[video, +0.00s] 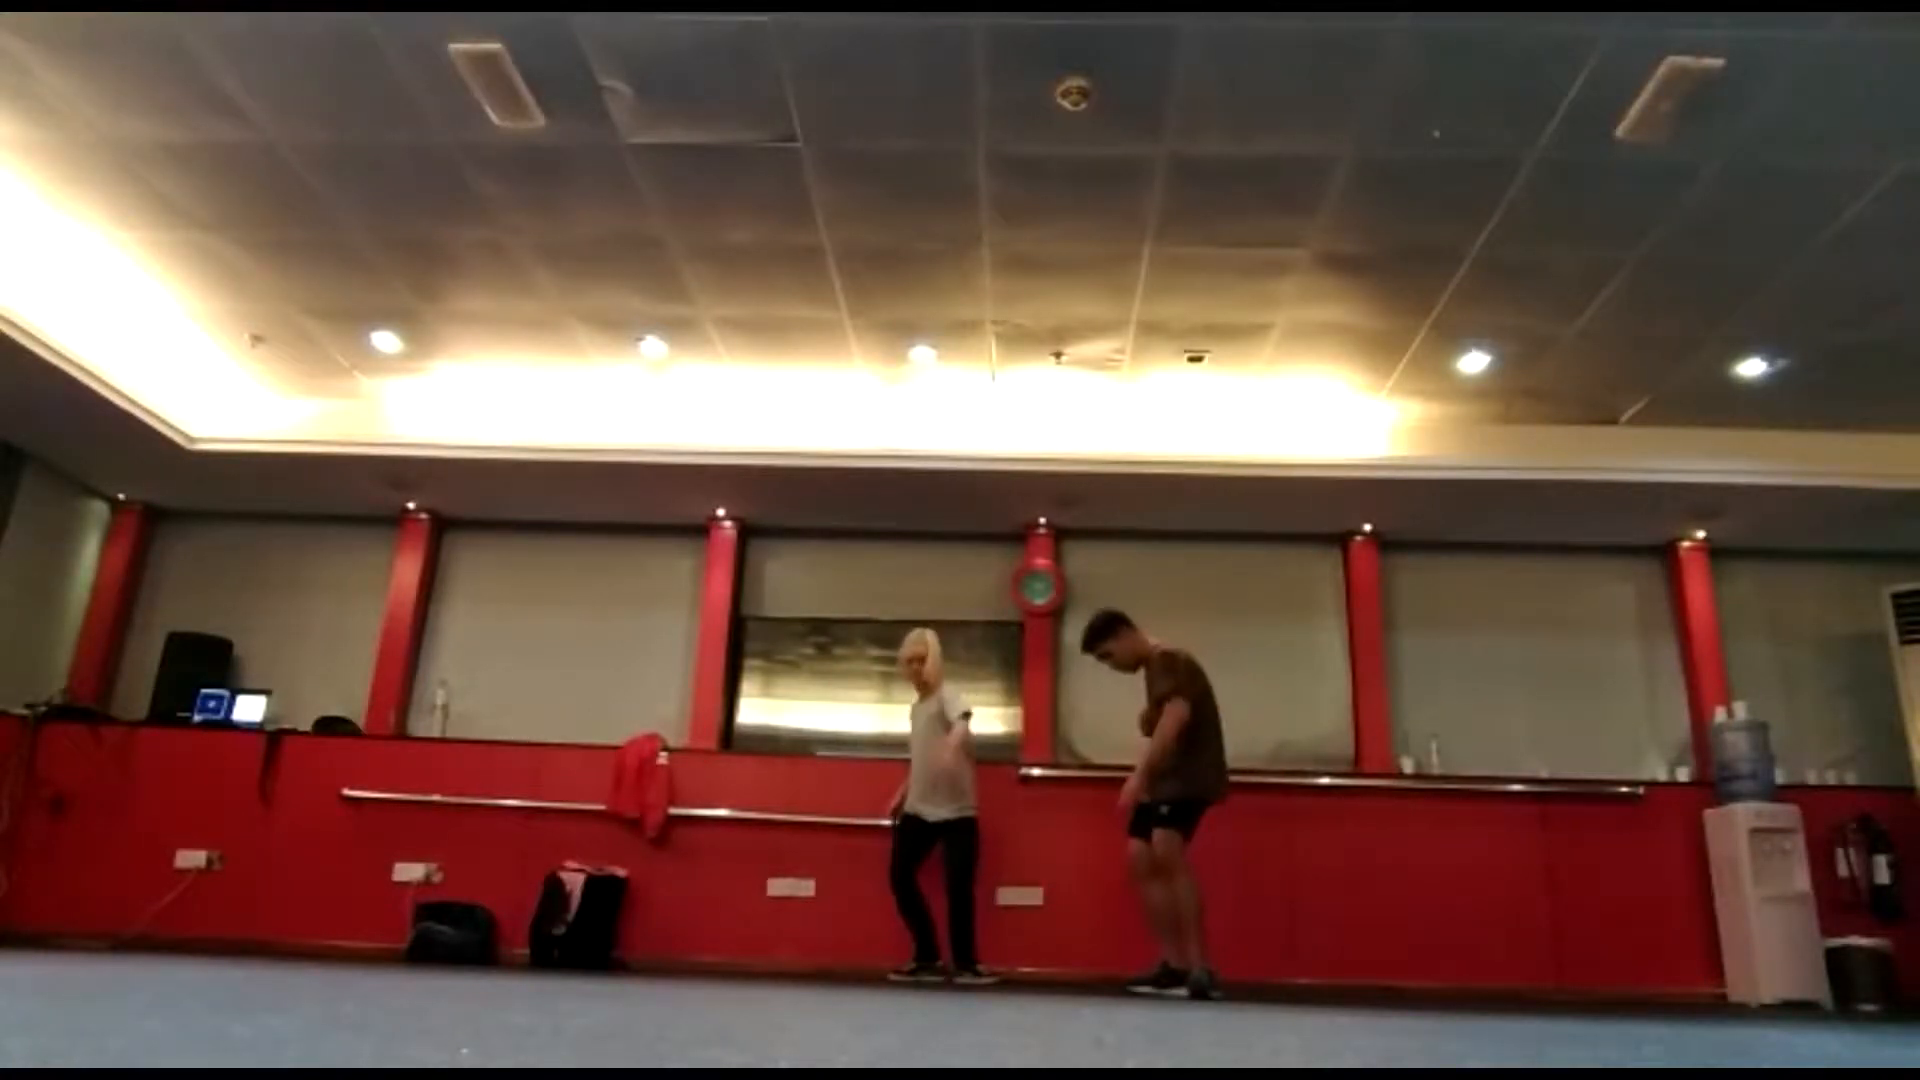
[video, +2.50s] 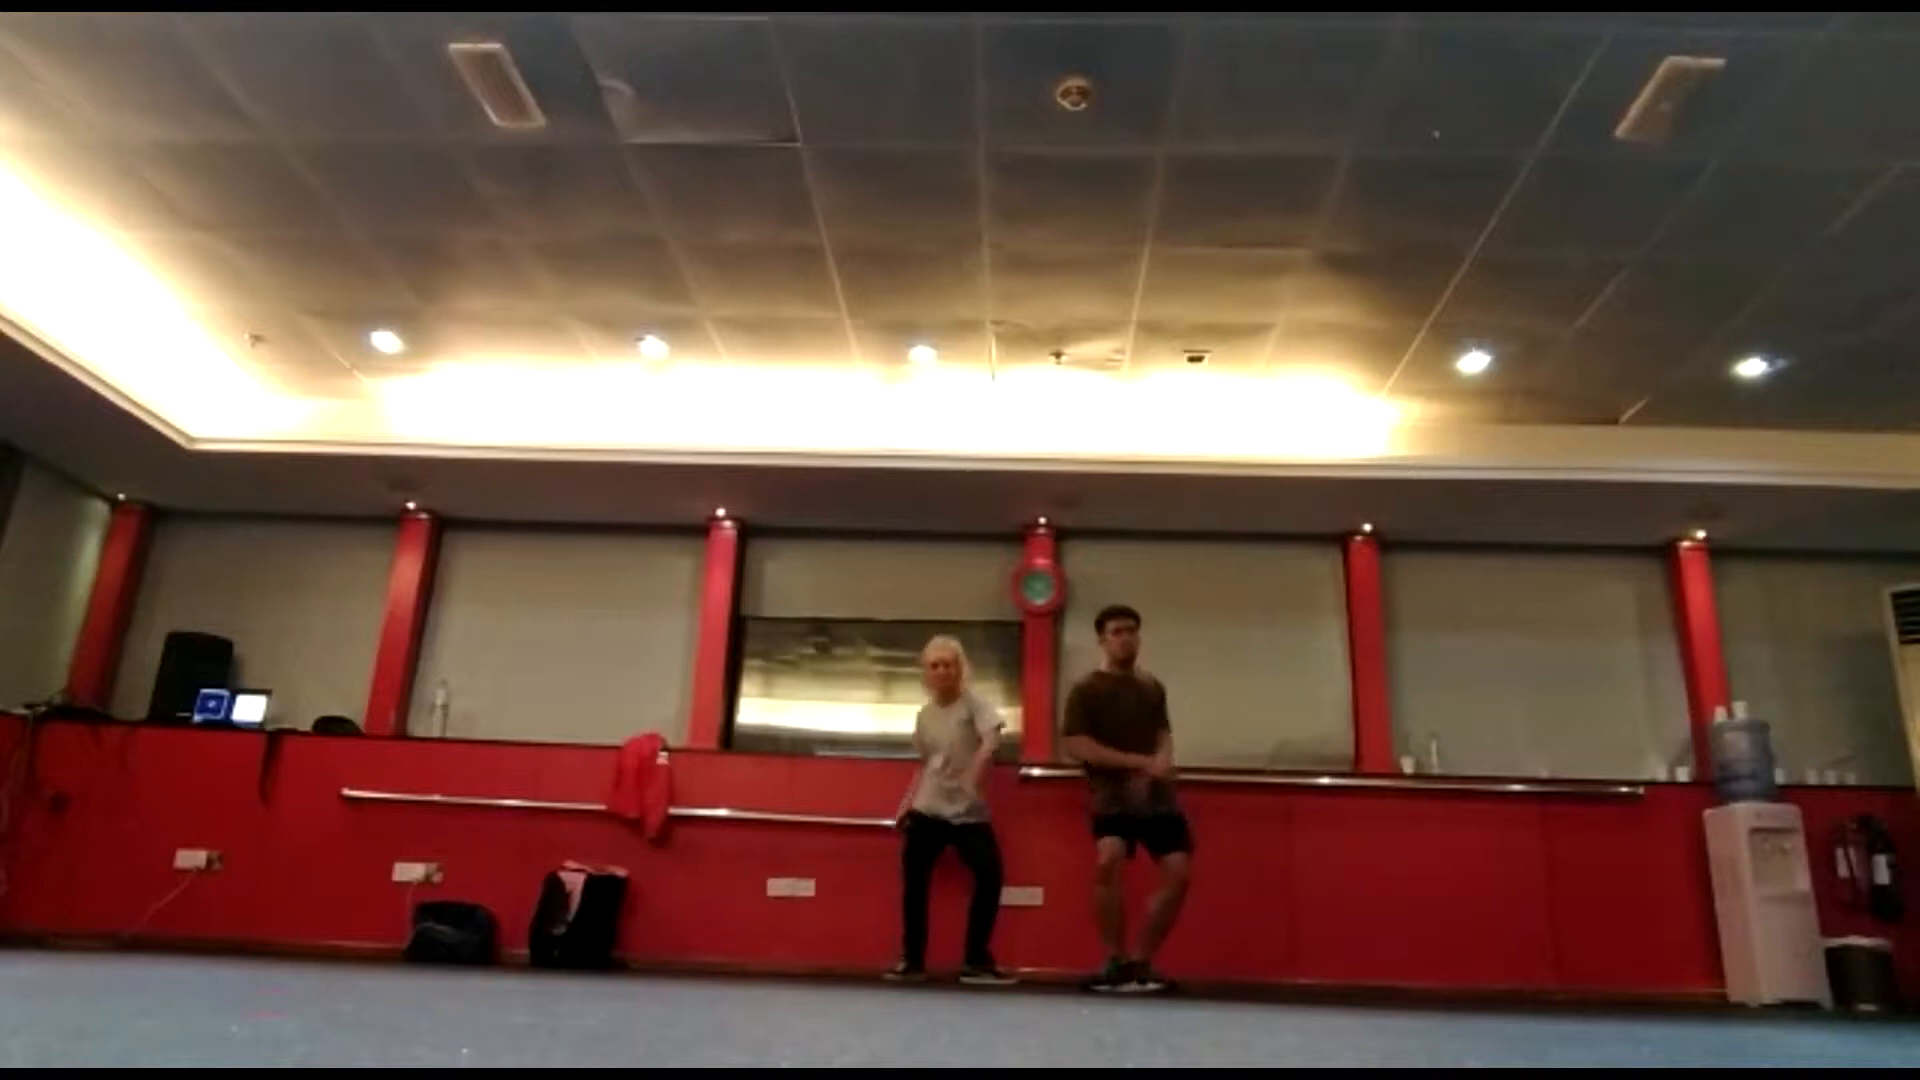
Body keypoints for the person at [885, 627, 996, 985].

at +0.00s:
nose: (914, 670)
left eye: (920, 661)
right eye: (908, 663)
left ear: (935, 661)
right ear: (902, 666)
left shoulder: (949, 699)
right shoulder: (918, 708)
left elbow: (963, 724)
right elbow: (920, 762)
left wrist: (950, 750)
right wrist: (900, 796)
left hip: (956, 811)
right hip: (920, 811)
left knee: (959, 890)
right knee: (901, 876)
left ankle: (964, 962)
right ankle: (926, 957)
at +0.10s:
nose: (907, 674)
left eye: (914, 666)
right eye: (902, 668)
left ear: (929, 667)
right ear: (896, 672)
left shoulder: (945, 704)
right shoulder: (909, 716)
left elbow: (975, 734)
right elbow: (915, 770)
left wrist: (1002, 755)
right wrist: (895, 806)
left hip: (955, 815)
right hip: (917, 815)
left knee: (961, 893)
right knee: (898, 880)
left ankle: (965, 963)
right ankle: (927, 958)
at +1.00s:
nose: (937, 656)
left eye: (944, 650)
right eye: (931, 649)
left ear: (953, 657)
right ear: (917, 652)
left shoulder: (952, 695)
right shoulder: (906, 696)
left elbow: (951, 745)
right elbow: (911, 751)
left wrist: (957, 789)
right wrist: (929, 794)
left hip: (954, 800)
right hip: (914, 801)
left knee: (975, 873)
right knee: (915, 883)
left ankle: (972, 955)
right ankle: (919, 958)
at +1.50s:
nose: (977, 670)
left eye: (985, 664)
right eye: (972, 662)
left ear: (995, 671)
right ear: (960, 665)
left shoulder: (995, 720)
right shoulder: (935, 700)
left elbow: (1001, 767)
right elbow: (896, 723)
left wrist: (1013, 807)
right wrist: (909, 754)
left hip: (962, 811)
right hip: (919, 806)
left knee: (990, 876)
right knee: (914, 886)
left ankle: (975, 959)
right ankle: (919, 959)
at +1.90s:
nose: (981, 679)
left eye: (988, 672)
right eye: (974, 673)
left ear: (1000, 675)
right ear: (966, 677)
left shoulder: (1008, 719)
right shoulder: (959, 709)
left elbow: (998, 775)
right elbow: (948, 756)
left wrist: (983, 821)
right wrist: (933, 797)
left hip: (976, 817)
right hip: (938, 810)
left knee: (992, 884)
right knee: (911, 873)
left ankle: (977, 960)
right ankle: (916, 958)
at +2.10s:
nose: (964, 668)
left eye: (970, 660)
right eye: (958, 662)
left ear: (985, 662)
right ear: (951, 668)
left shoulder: (998, 708)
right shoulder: (959, 702)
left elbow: (993, 756)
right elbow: (958, 745)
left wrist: (947, 777)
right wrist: (948, 766)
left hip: (985, 811)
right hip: (949, 803)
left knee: (991, 883)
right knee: (913, 862)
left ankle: (977, 958)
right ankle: (911, 946)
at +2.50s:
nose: (940, 672)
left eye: (946, 665)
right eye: (933, 666)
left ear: (960, 668)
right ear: (924, 671)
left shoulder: (974, 703)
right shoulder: (926, 714)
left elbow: (992, 738)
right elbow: (925, 763)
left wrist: (973, 777)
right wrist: (907, 803)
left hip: (967, 817)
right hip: (927, 815)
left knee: (990, 879)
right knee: (914, 885)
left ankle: (977, 961)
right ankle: (912, 959)